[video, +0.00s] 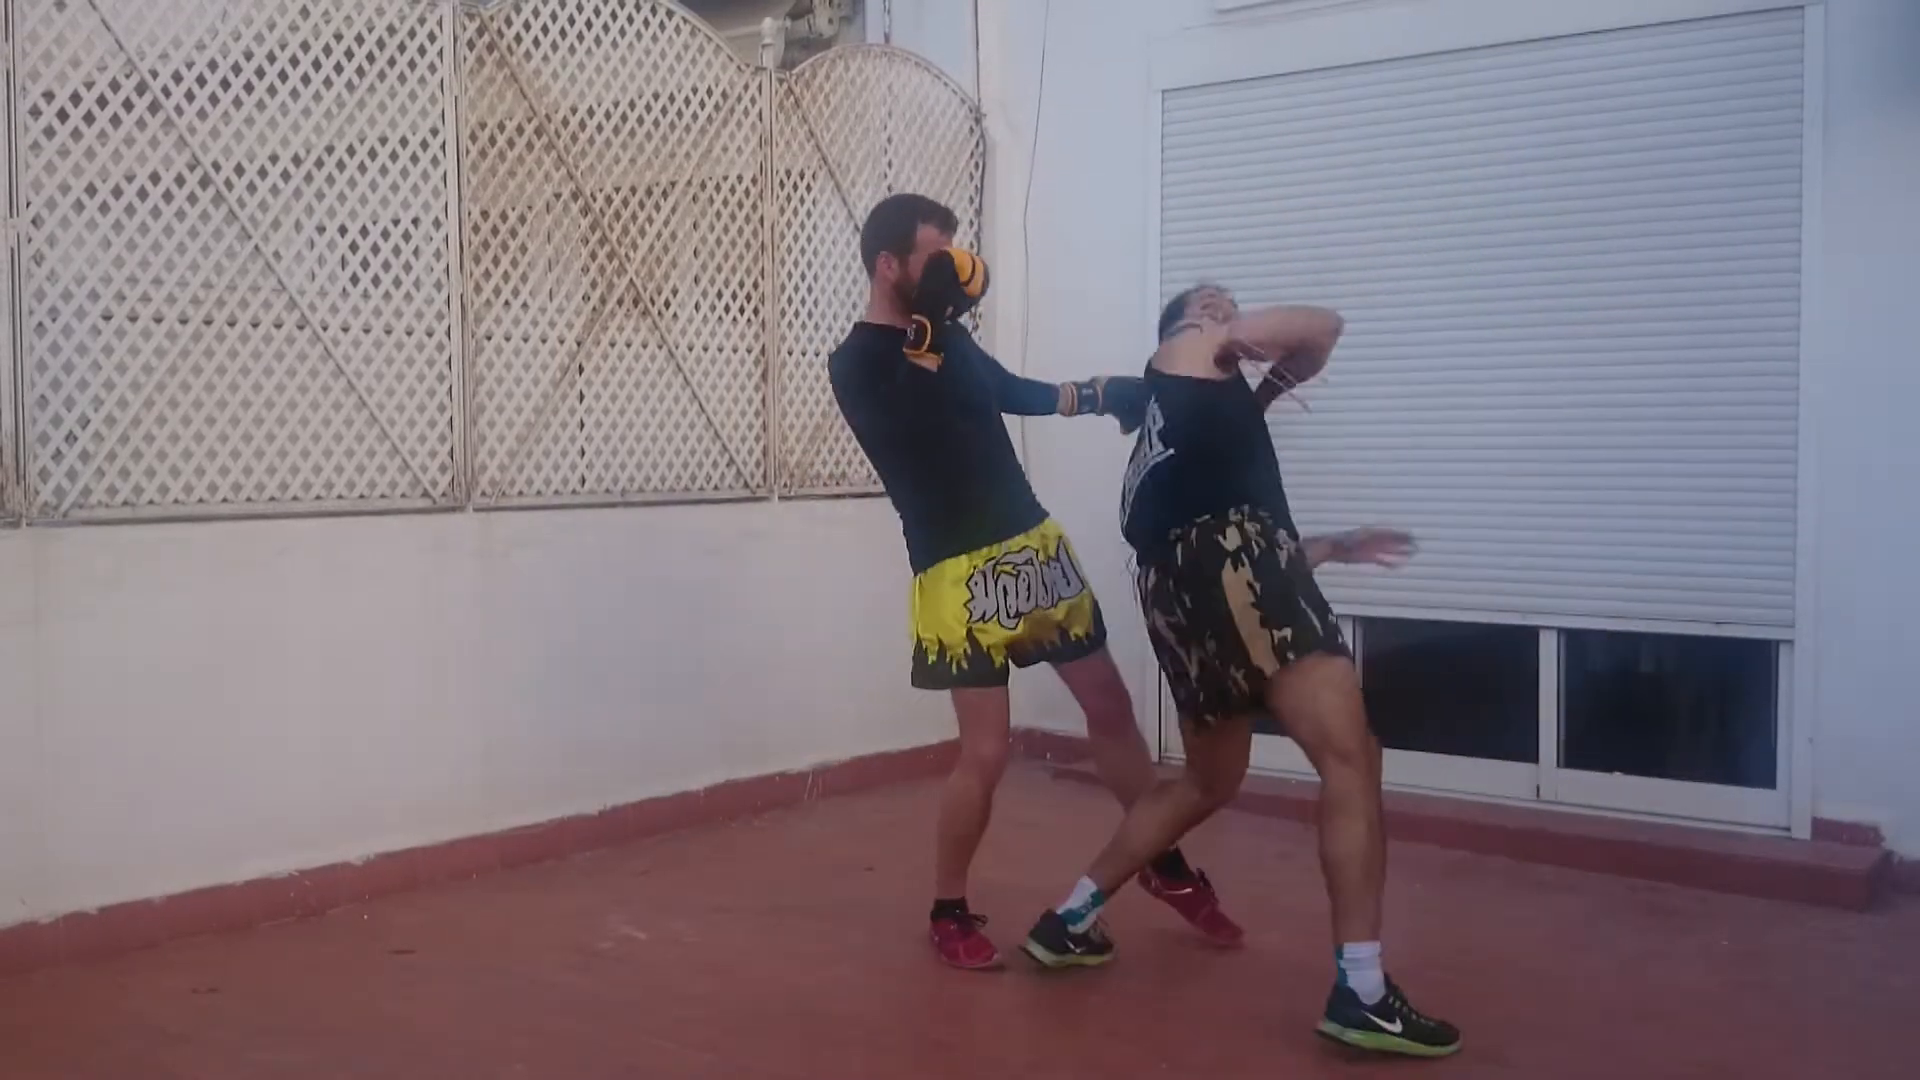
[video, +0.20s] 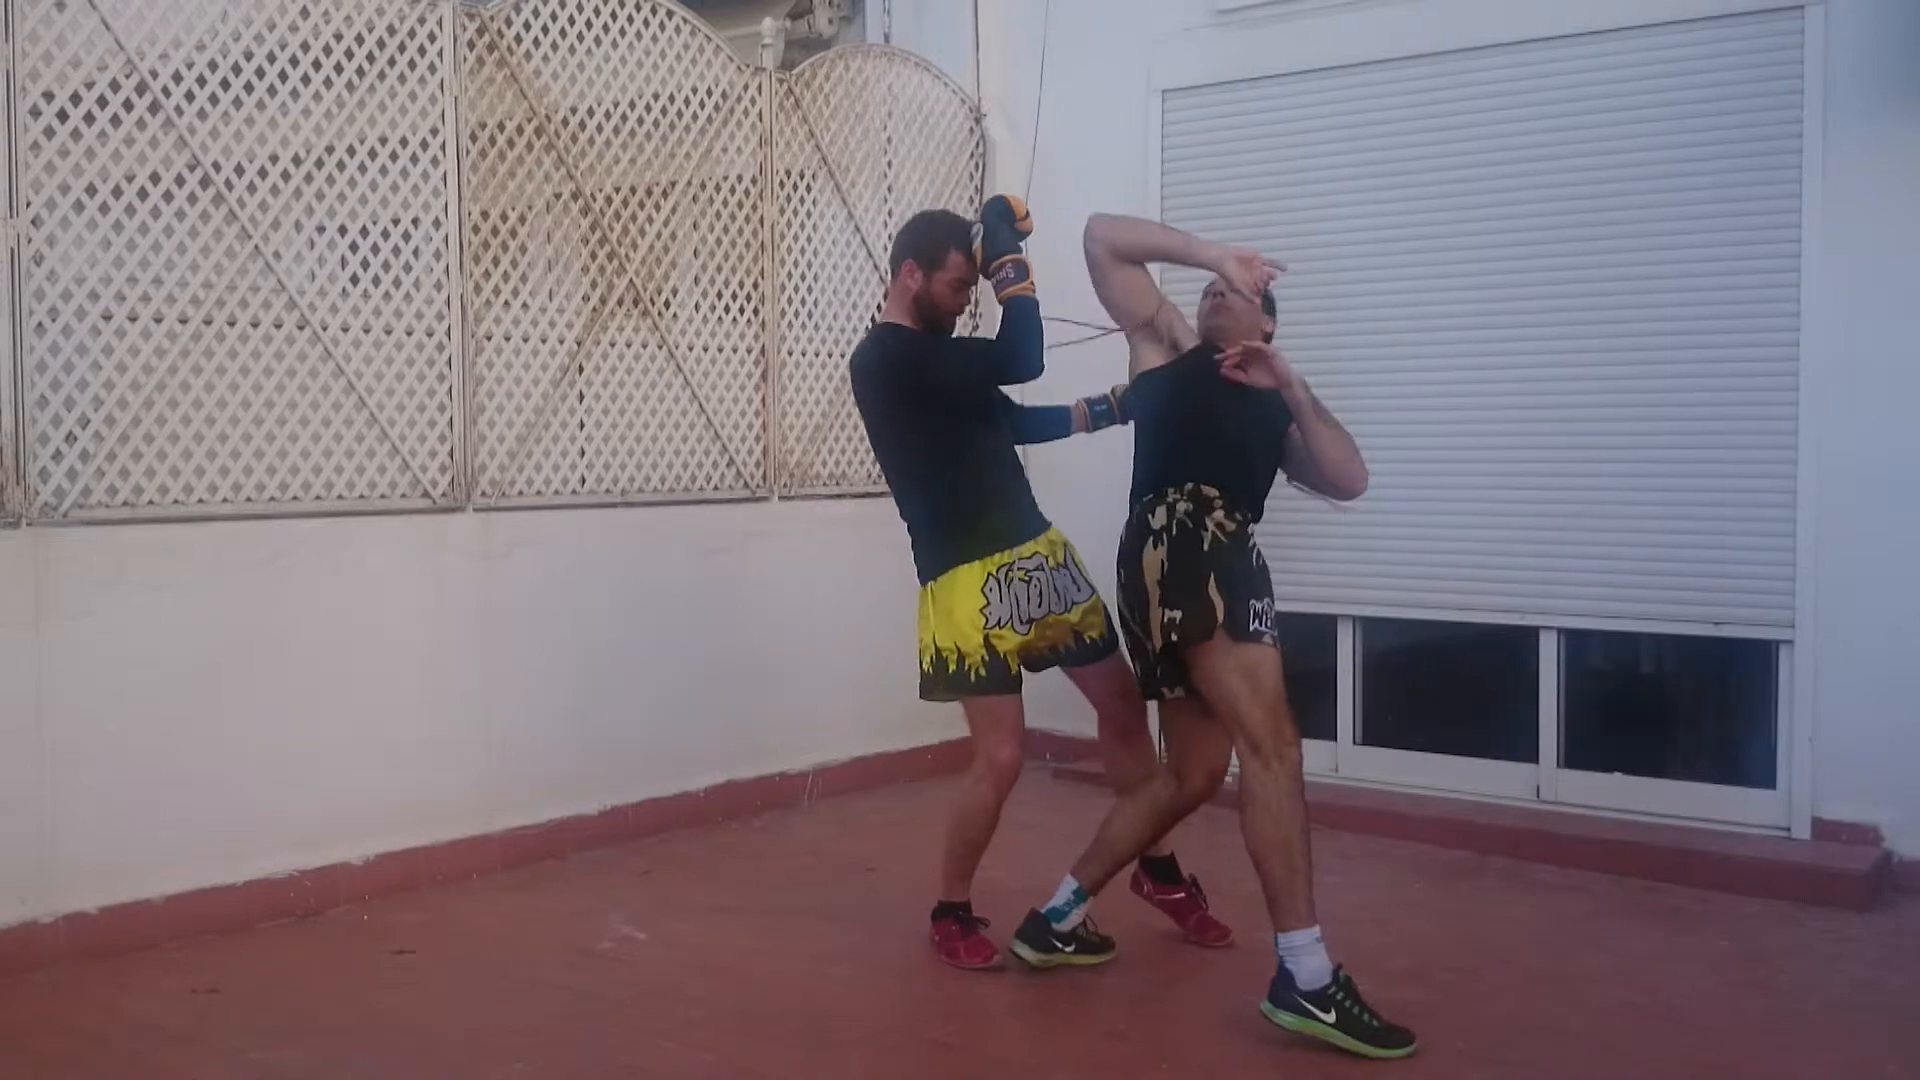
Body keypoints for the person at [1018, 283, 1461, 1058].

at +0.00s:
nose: (1237, 312)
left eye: (1234, 305)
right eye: (1224, 303)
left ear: (1176, 335)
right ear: (1197, 320)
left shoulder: (1166, 435)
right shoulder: (1198, 344)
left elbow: (1230, 548)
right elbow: (1321, 327)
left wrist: (1337, 546)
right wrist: (1264, 365)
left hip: (1173, 587)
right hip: (1236, 556)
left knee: (1209, 777)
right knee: (1349, 755)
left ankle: (1069, 919)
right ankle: (1362, 990)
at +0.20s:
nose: (1240, 293)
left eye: (1248, 291)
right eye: (1229, 287)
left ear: (1263, 326)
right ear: (1202, 308)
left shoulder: (1276, 403)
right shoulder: (1162, 340)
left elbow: (1345, 480)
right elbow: (1103, 239)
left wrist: (1293, 384)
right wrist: (1212, 255)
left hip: (1199, 556)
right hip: (1188, 545)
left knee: (1194, 773)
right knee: (1273, 749)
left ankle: (1056, 917)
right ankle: (1306, 979)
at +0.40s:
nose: (1264, 279)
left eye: (1274, 276)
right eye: (1251, 265)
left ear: (1277, 303)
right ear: (1221, 271)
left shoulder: (1247, 401)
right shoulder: (1194, 315)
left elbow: (1312, 493)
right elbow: (1241, 197)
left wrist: (1340, 395)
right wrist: (1309, 281)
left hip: (1171, 561)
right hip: (1200, 551)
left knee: (1178, 762)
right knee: (1287, 745)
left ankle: (1046, 907)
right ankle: (1303, 968)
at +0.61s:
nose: (1328, 299)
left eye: (1324, 290)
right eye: (1322, 289)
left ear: (1246, 292)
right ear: (1303, 284)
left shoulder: (1203, 371)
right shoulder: (1284, 304)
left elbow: (1266, 504)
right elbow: (1410, 318)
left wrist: (1352, 450)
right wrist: (1379, 348)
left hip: (1172, 548)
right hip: (1260, 537)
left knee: (1149, 735)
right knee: (1358, 724)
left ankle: (1049, 898)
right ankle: (1398, 934)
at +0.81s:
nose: (1292, 302)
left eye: (1292, 290)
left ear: (1298, 289)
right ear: (1369, 295)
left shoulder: (1248, 348)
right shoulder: (1410, 356)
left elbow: (1204, 473)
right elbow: (1427, 491)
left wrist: (1278, 453)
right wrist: (1378, 431)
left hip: (1248, 551)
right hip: (1358, 559)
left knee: (1172, 738)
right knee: (1392, 748)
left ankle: (1092, 921)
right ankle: (1406, 954)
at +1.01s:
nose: (1282, 280)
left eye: (1283, 267)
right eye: (1283, 270)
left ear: (1307, 255)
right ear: (1362, 260)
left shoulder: (1283, 310)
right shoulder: (1428, 341)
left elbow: (1212, 423)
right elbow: (1415, 441)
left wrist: (1248, 468)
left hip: (1291, 536)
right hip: (1396, 546)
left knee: (1198, 732)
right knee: (1415, 747)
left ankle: (1149, 948)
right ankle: (1467, 951)